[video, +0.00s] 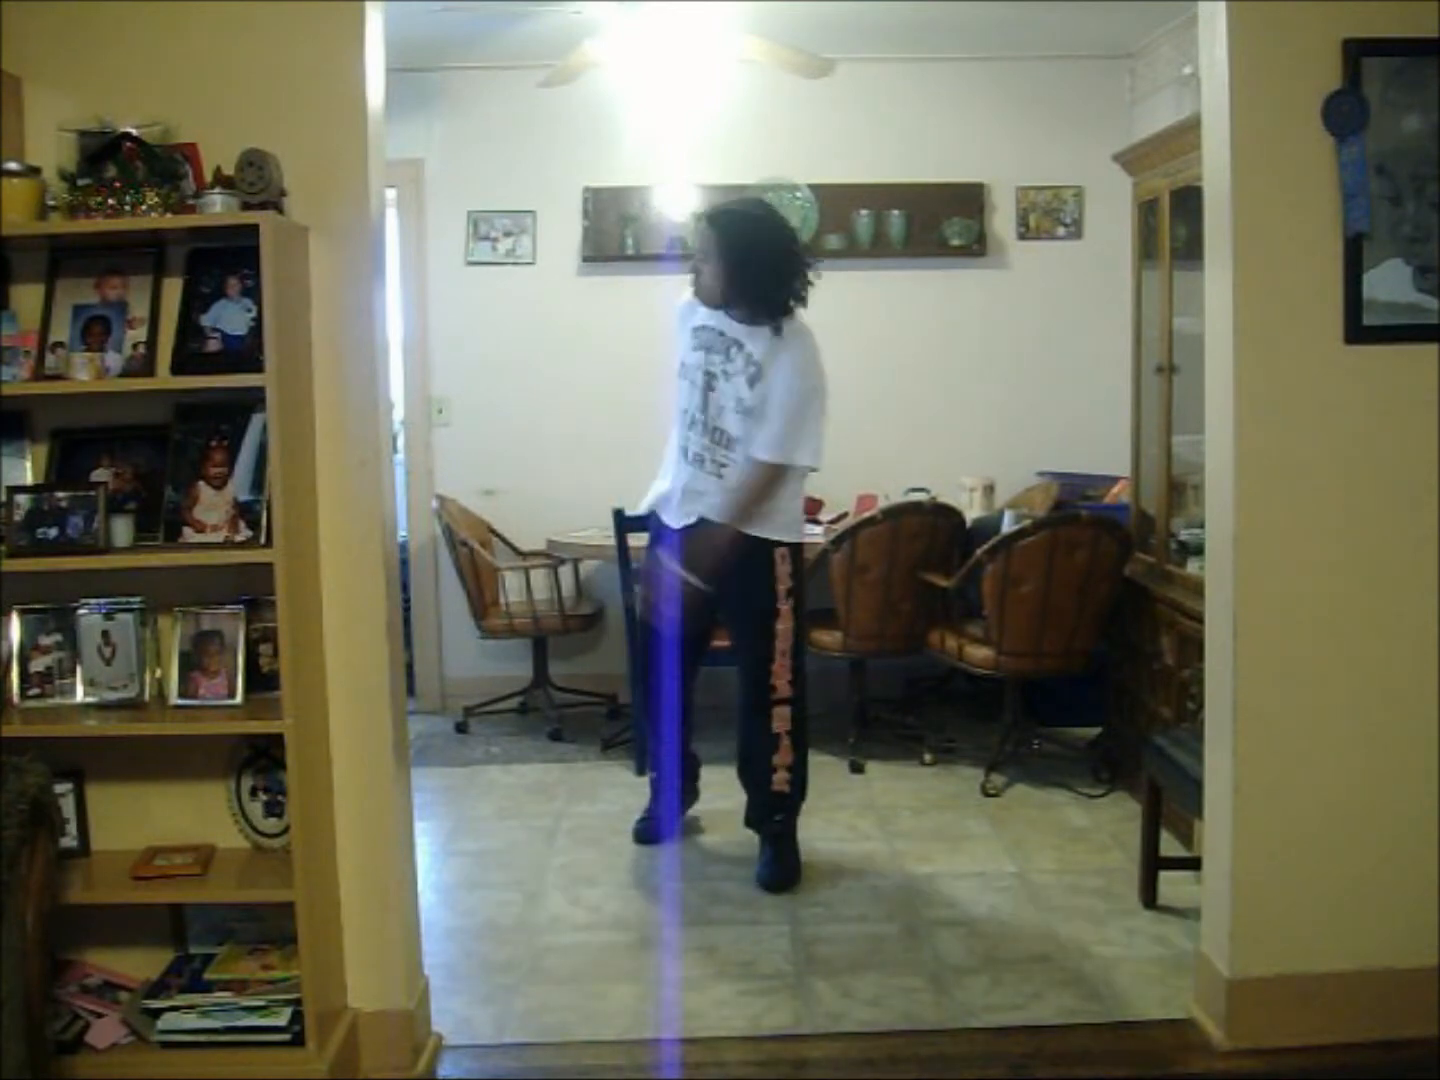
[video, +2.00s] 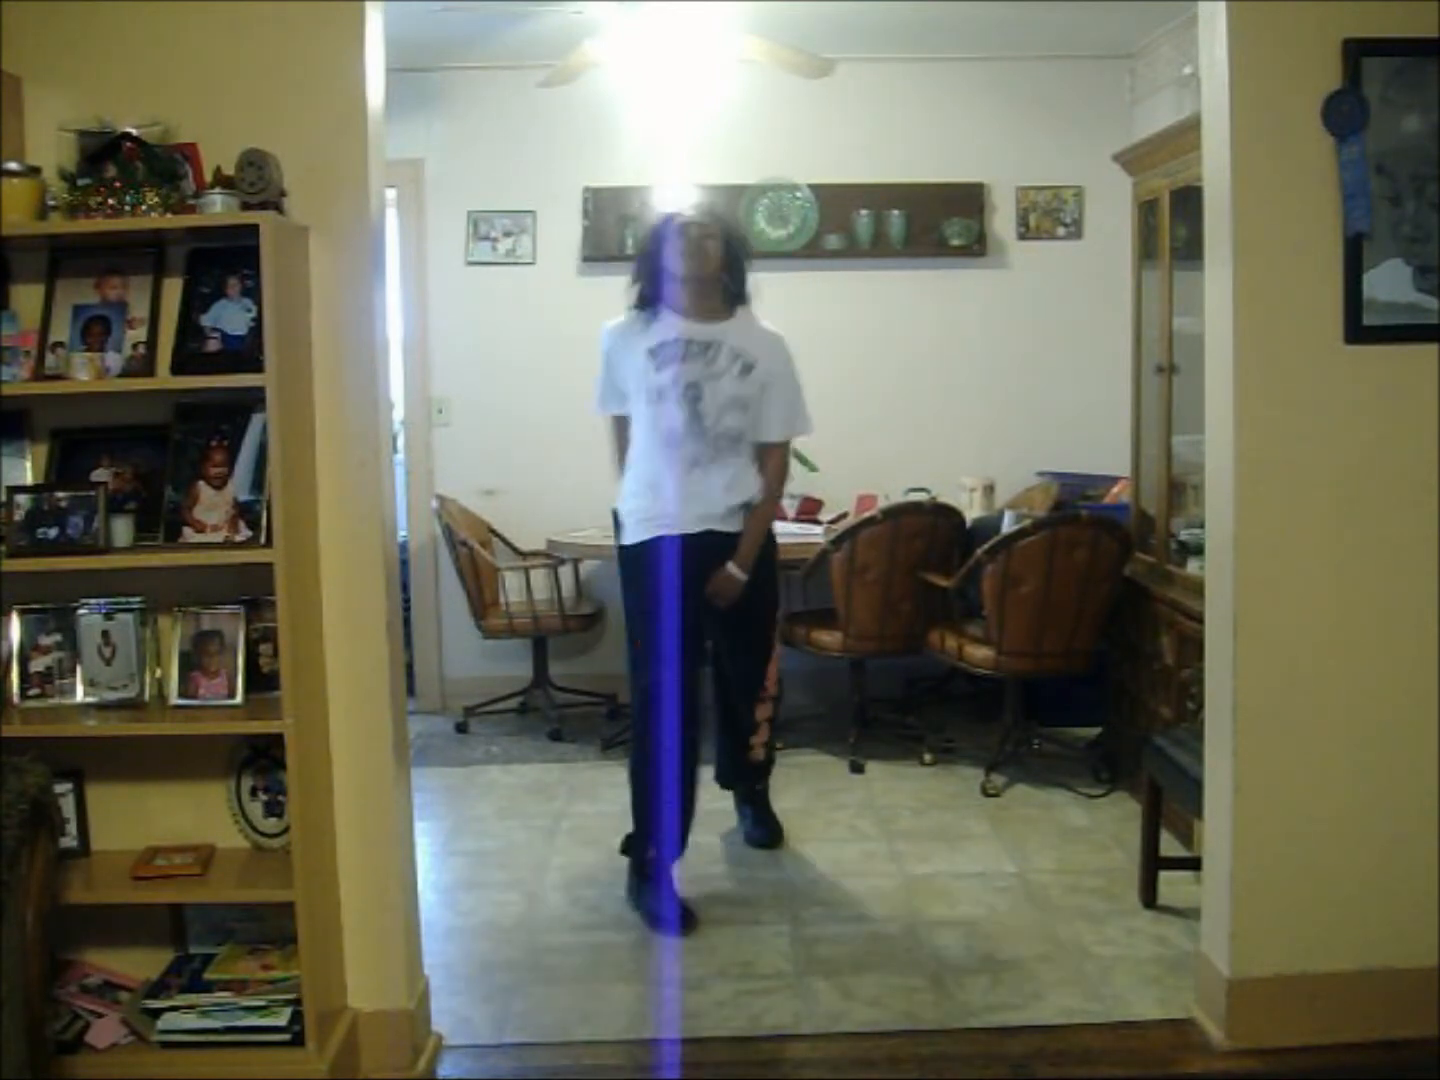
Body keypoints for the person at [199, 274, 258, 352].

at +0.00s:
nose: (233, 289)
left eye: (235, 285)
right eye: (230, 286)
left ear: (240, 287)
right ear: (225, 288)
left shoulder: (247, 304)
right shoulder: (221, 304)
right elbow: (205, 320)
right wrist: (210, 335)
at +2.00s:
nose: (233, 289)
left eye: (235, 285)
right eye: (230, 286)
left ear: (240, 287)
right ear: (226, 288)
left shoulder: (248, 304)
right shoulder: (221, 304)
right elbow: (205, 320)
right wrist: (210, 335)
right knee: (212, 341)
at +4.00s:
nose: (234, 289)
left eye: (236, 286)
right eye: (231, 286)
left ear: (240, 287)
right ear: (226, 289)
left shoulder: (247, 303)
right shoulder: (221, 304)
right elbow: (206, 320)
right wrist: (211, 335)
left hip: (244, 338)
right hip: (226, 337)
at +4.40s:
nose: (232, 288)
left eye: (235, 285)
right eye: (230, 285)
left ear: (240, 287)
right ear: (226, 287)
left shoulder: (246, 303)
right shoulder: (221, 303)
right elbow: (205, 320)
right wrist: (211, 335)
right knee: (211, 342)